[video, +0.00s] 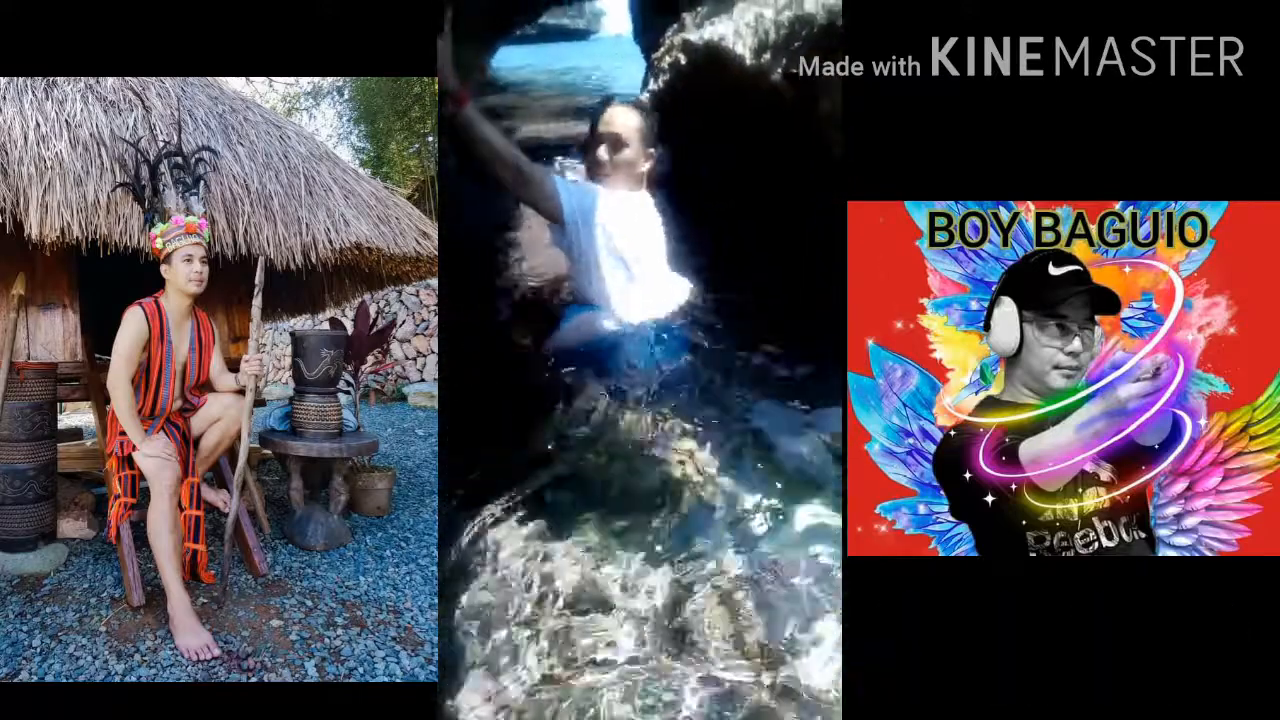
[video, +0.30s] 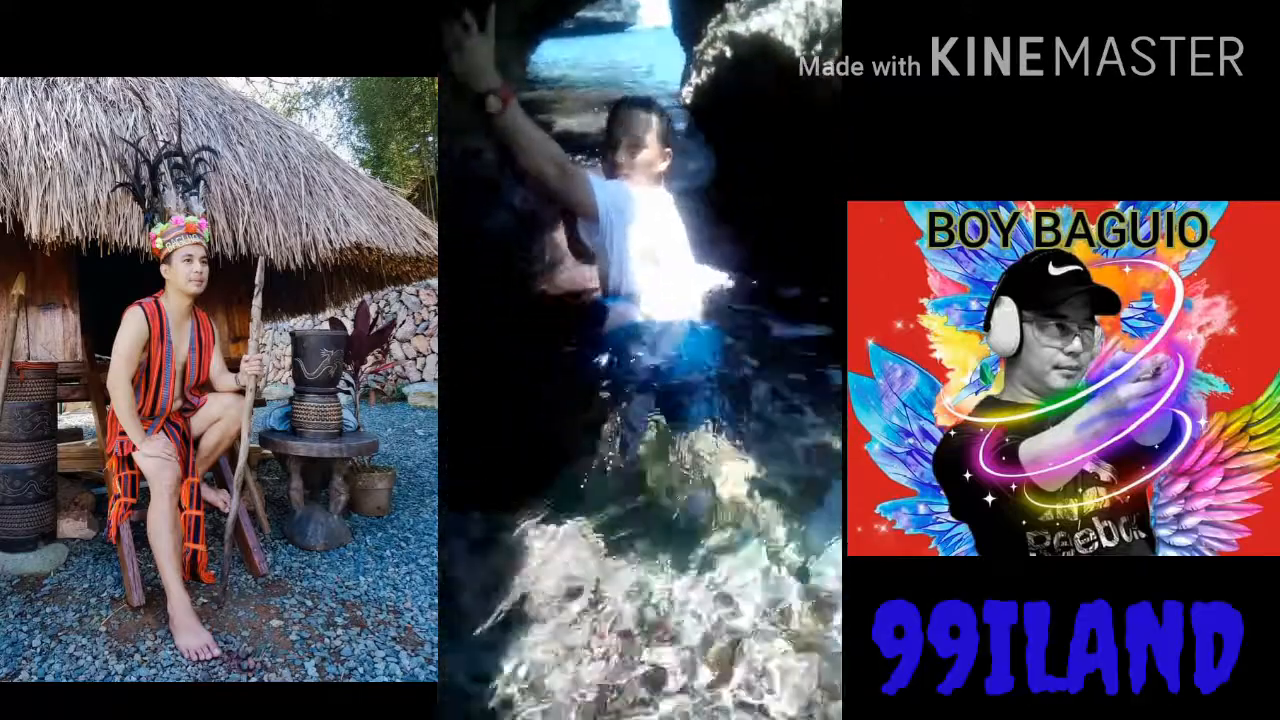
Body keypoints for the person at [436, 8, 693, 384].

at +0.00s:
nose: (599, 154)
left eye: (617, 145)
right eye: (595, 142)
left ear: (647, 161)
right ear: (586, 146)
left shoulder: (593, 205)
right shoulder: (650, 206)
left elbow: (520, 175)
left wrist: (454, 96)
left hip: (635, 341)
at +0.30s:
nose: (619, 155)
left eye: (635, 146)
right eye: (613, 145)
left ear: (664, 159)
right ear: (605, 151)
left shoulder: (622, 200)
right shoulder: (664, 204)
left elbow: (554, 171)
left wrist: (489, 86)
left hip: (641, 338)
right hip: (691, 336)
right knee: (698, 445)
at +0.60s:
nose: (650, 162)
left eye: (667, 152)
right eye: (648, 150)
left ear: (700, 163)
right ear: (643, 149)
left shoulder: (665, 204)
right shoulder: (703, 210)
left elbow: (603, 163)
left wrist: (552, 81)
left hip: (685, 362)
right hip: (734, 363)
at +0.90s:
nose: (644, 106)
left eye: (656, 93)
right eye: (644, 93)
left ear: (697, 104)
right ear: (699, 107)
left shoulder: (683, 154)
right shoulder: (710, 155)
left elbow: (622, 126)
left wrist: (563, 30)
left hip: (702, 337)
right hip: (743, 332)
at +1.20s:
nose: (628, 145)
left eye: (631, 133)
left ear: (637, 141)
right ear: (698, 141)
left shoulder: (661, 198)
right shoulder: (715, 204)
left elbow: (617, 190)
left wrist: (538, 91)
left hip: (676, 401)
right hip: (743, 399)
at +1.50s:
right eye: (716, 156)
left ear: (643, 168)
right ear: (712, 167)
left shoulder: (679, 229)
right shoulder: (736, 225)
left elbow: (620, 259)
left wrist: (527, 157)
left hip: (690, 439)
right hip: (751, 444)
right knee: (733, 592)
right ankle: (735, 707)